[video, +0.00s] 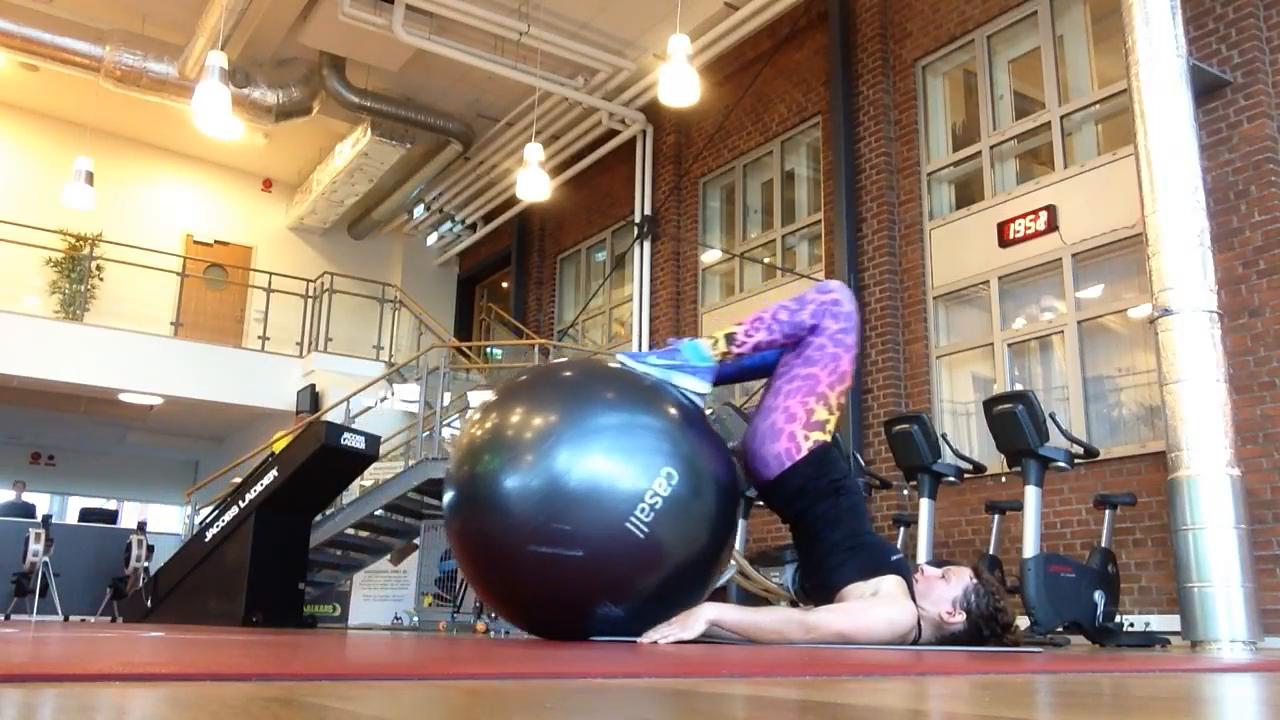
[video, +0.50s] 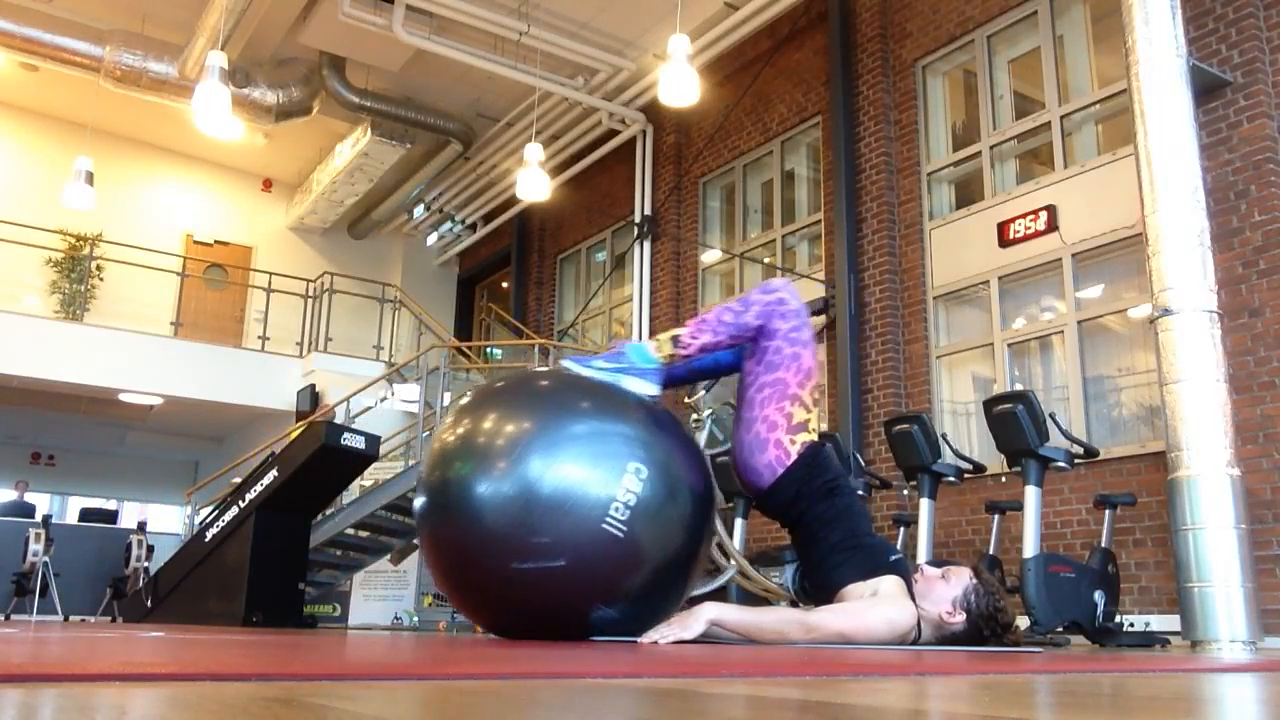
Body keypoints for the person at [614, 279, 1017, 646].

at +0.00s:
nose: (930, 570)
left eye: (943, 578)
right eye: (944, 569)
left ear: (948, 614)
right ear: (948, 613)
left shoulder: (893, 617)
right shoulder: (910, 610)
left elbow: (800, 628)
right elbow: (803, 623)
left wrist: (708, 614)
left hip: (784, 455)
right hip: (809, 455)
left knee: (835, 303)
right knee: (831, 314)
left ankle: (702, 366)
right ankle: (708, 369)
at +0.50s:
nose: (934, 565)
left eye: (946, 576)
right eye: (948, 568)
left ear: (947, 612)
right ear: (946, 610)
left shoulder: (892, 613)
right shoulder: (903, 605)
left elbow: (804, 627)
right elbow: (804, 623)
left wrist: (711, 614)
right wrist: (719, 616)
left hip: (773, 460)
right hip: (798, 460)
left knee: (782, 298)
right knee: (790, 318)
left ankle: (655, 364)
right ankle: (657, 371)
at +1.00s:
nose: (937, 569)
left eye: (949, 581)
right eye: (950, 570)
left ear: (946, 617)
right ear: (945, 605)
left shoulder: (892, 610)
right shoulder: (891, 594)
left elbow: (804, 626)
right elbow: (802, 621)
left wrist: (708, 618)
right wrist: (714, 622)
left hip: (756, 481)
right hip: (773, 467)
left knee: (665, 355)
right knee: (668, 351)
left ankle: (508, 361)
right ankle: (522, 363)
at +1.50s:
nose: (935, 569)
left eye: (947, 581)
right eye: (947, 570)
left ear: (944, 617)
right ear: (943, 606)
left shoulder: (891, 611)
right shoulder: (889, 595)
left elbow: (802, 626)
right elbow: (801, 622)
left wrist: (707, 619)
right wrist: (711, 622)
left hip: (747, 484)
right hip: (760, 471)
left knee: (653, 362)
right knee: (655, 359)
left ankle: (496, 364)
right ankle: (509, 368)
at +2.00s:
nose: (934, 567)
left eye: (946, 577)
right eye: (947, 569)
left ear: (947, 614)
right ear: (946, 612)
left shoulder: (894, 613)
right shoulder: (904, 604)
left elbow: (801, 626)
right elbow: (806, 623)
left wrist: (712, 621)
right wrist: (718, 622)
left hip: (771, 466)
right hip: (792, 468)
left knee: (825, 310)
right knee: (822, 323)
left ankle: (685, 366)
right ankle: (693, 371)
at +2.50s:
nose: (933, 566)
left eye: (945, 576)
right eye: (946, 568)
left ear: (947, 614)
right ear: (946, 614)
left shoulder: (895, 612)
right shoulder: (902, 604)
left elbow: (805, 626)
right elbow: (808, 625)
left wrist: (714, 620)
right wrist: (717, 623)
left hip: (772, 466)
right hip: (792, 468)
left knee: (818, 308)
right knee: (817, 322)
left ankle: (686, 366)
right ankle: (693, 372)